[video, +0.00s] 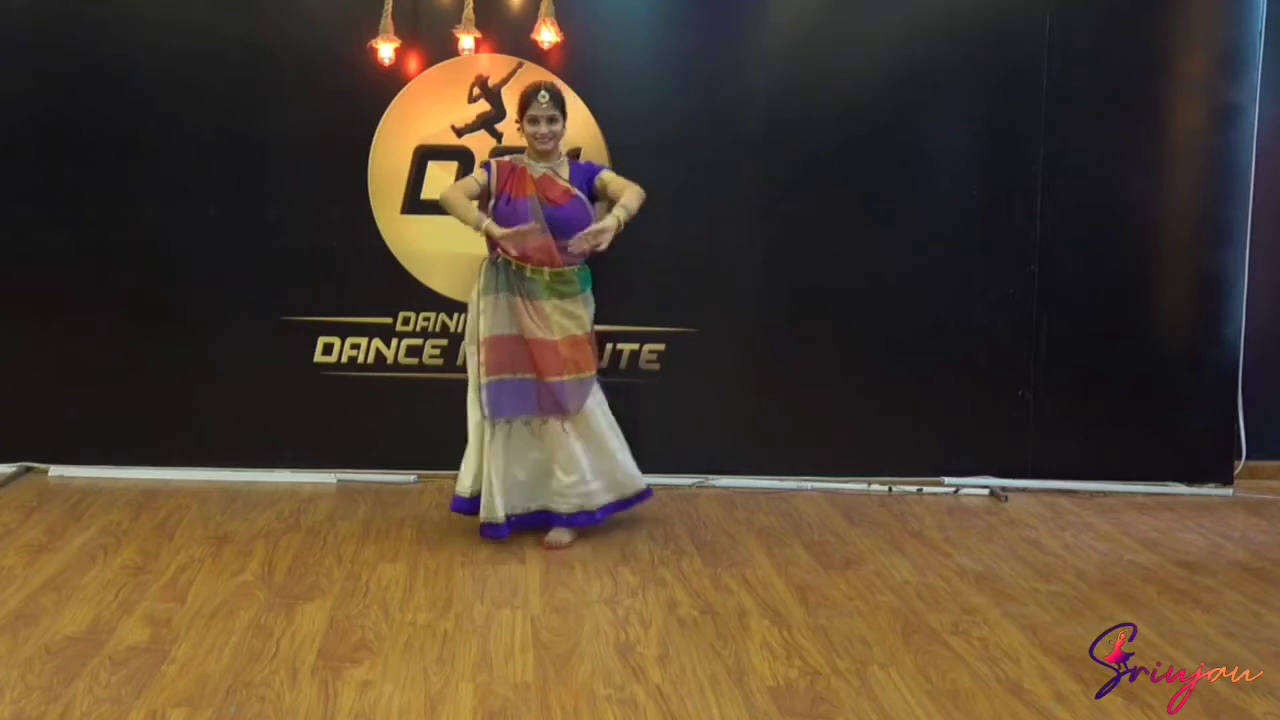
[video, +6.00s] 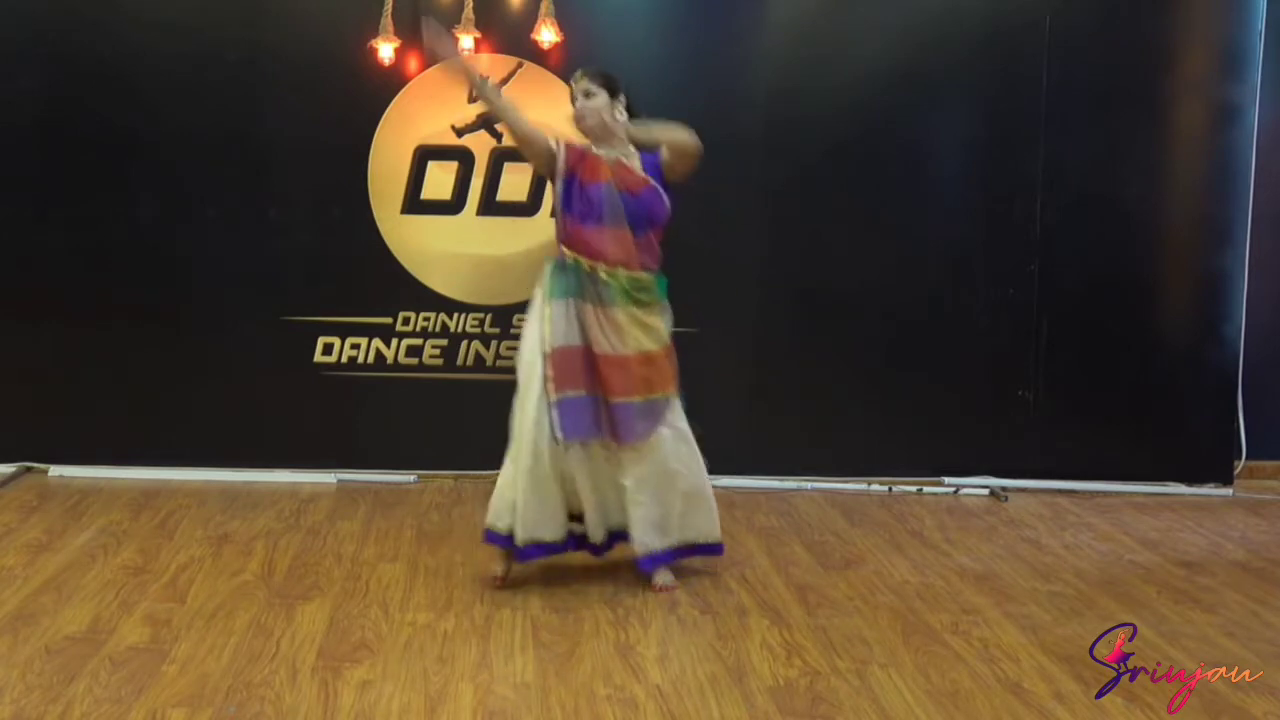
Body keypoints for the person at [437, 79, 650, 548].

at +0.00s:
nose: (543, 128)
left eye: (552, 120)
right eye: (534, 120)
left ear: (564, 126)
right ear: (521, 126)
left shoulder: (584, 173)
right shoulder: (503, 171)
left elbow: (633, 192)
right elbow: (452, 196)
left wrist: (611, 223)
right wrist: (492, 228)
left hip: (562, 298)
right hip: (507, 297)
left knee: (562, 402)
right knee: (510, 400)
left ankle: (565, 512)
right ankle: (508, 506)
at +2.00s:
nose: (604, 127)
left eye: (615, 120)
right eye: (601, 118)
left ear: (644, 126)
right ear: (598, 122)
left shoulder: (649, 185)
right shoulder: (594, 179)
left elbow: (625, 206)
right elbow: (577, 226)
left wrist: (566, 215)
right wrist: (548, 220)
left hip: (626, 312)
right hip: (581, 310)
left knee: (623, 413)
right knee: (580, 414)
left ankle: (638, 515)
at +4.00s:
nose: (601, 130)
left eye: (609, 121)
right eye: (599, 121)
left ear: (640, 122)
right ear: (606, 125)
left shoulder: (660, 176)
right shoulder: (605, 175)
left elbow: (630, 187)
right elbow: (582, 205)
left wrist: (580, 201)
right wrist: (572, 218)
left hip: (647, 318)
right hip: (598, 320)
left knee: (661, 429)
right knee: (596, 431)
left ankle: (681, 538)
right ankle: (596, 539)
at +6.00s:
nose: (579, 106)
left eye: (588, 95)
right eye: (574, 100)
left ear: (619, 106)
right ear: (574, 115)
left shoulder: (650, 165)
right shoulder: (568, 159)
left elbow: (689, 143)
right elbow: (512, 122)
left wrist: (633, 131)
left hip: (635, 307)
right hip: (568, 305)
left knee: (649, 432)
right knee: (539, 423)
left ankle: (656, 554)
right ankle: (508, 543)